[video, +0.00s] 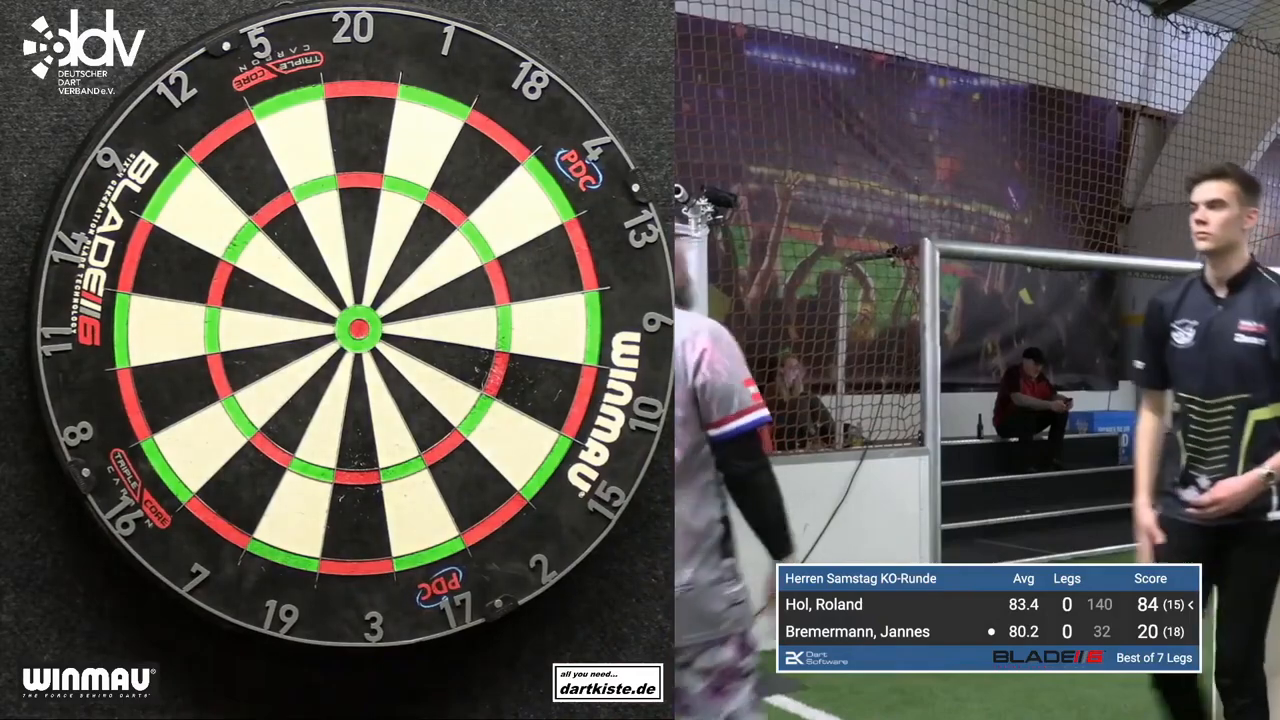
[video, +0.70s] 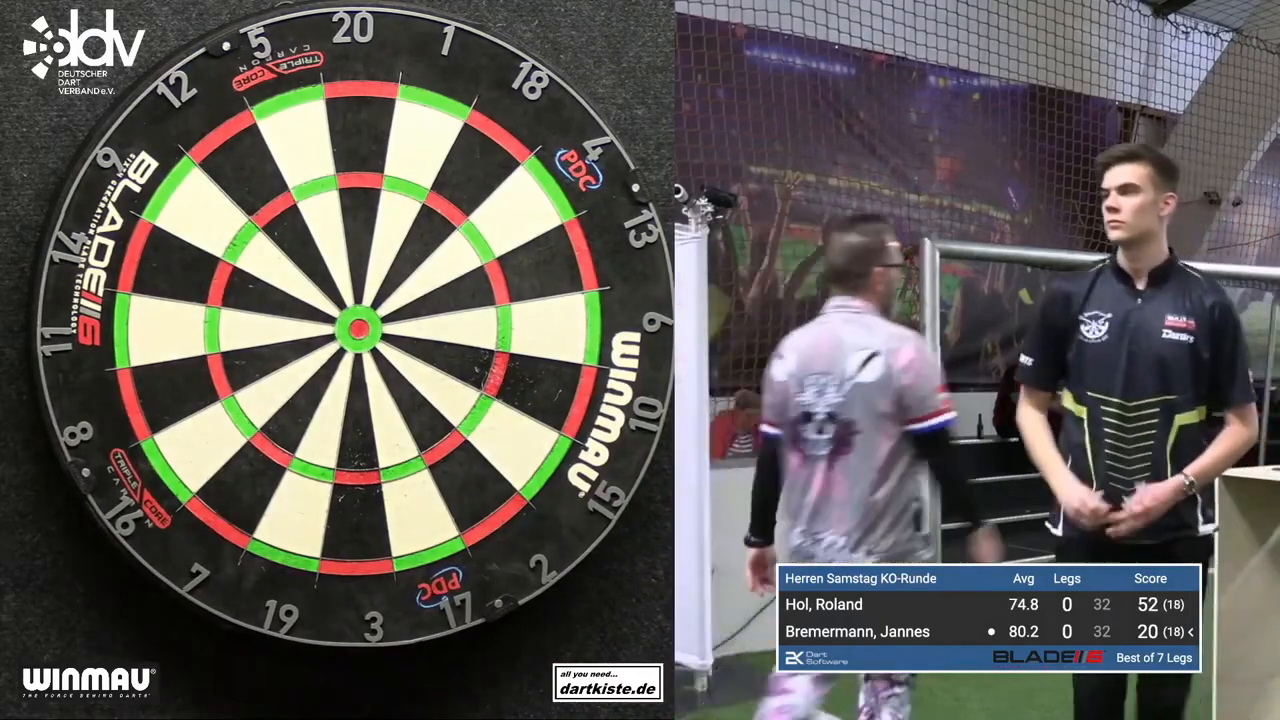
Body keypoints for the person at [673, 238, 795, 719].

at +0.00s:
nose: (687, 261)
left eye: (682, 244)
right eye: (677, 245)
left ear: (618, 266)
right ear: (661, 258)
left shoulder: (580, 345)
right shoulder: (699, 341)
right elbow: (743, 467)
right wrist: (785, 556)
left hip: (604, 591)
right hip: (691, 592)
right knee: (721, 704)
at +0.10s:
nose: (707, 256)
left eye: (705, 242)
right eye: (699, 242)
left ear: (650, 256)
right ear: (674, 253)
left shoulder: (595, 341)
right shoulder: (711, 343)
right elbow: (751, 470)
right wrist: (799, 559)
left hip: (615, 586)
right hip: (703, 590)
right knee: (761, 705)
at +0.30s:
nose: (771, 270)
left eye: (768, 257)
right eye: (763, 257)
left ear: (697, 271)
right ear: (738, 268)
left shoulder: (658, 339)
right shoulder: (765, 354)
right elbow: (786, 480)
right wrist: (826, 584)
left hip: (666, 585)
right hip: (750, 591)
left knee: (677, 710)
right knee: (791, 709)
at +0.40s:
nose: (798, 274)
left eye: (794, 262)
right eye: (789, 262)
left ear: (726, 278)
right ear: (769, 274)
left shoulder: (688, 358)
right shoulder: (795, 360)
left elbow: (675, 472)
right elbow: (809, 486)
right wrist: (841, 588)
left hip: (691, 582)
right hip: (772, 589)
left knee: (693, 706)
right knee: (819, 705)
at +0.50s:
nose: (844, 274)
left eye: (841, 263)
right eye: (837, 264)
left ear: (773, 278)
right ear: (813, 275)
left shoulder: (732, 355)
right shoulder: (848, 361)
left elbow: (723, 456)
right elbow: (856, 482)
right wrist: (879, 574)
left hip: (740, 559)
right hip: (825, 566)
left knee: (725, 686)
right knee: (856, 685)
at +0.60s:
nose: (879, 276)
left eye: (878, 265)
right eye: (876, 266)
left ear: (816, 273)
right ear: (859, 275)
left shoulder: (768, 352)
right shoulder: (882, 353)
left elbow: (762, 460)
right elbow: (907, 461)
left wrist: (761, 546)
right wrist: (941, 537)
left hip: (784, 549)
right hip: (866, 551)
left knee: (770, 673)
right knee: (879, 679)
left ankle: (746, 714)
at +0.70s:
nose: (901, 275)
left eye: (899, 263)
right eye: (896, 264)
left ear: (835, 270)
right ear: (877, 273)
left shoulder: (789, 351)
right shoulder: (904, 350)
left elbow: (769, 458)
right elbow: (940, 452)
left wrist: (760, 538)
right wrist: (978, 524)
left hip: (804, 550)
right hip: (887, 555)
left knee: (801, 672)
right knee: (887, 678)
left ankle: (779, 713)